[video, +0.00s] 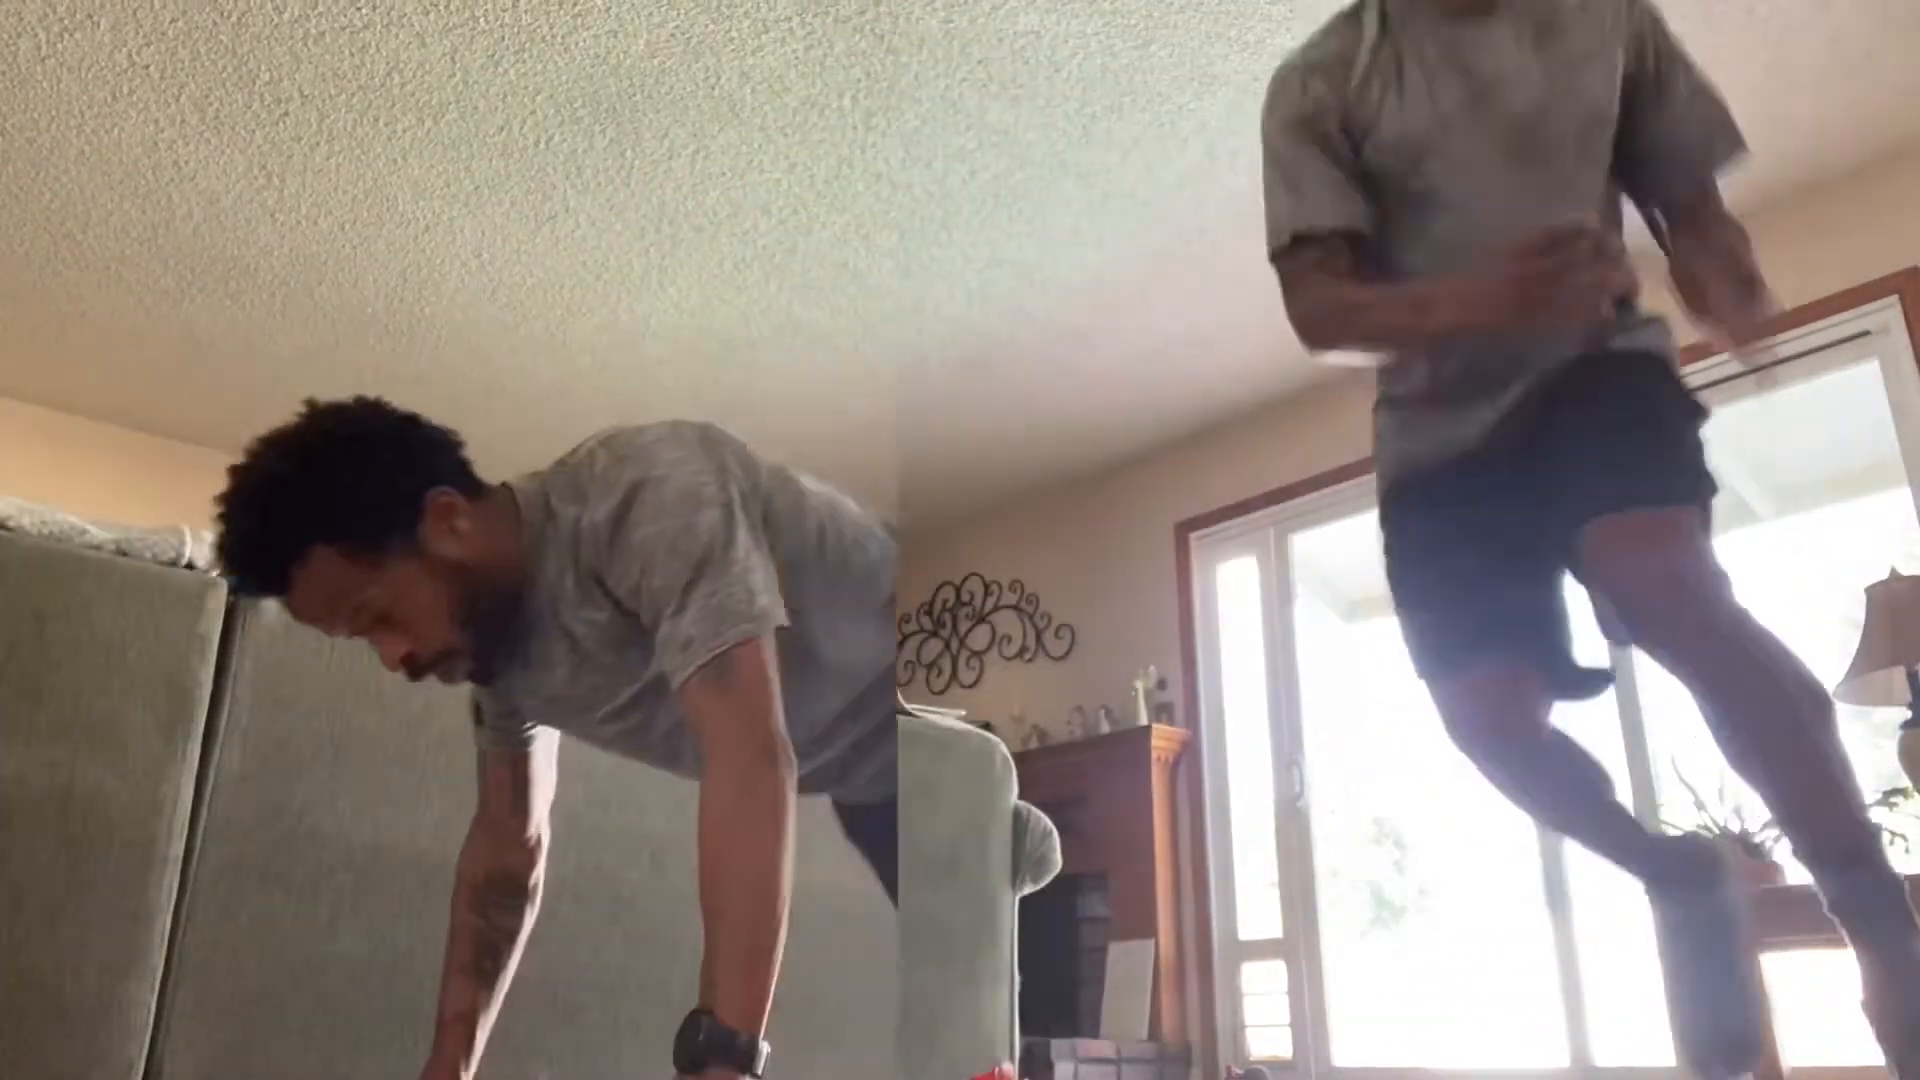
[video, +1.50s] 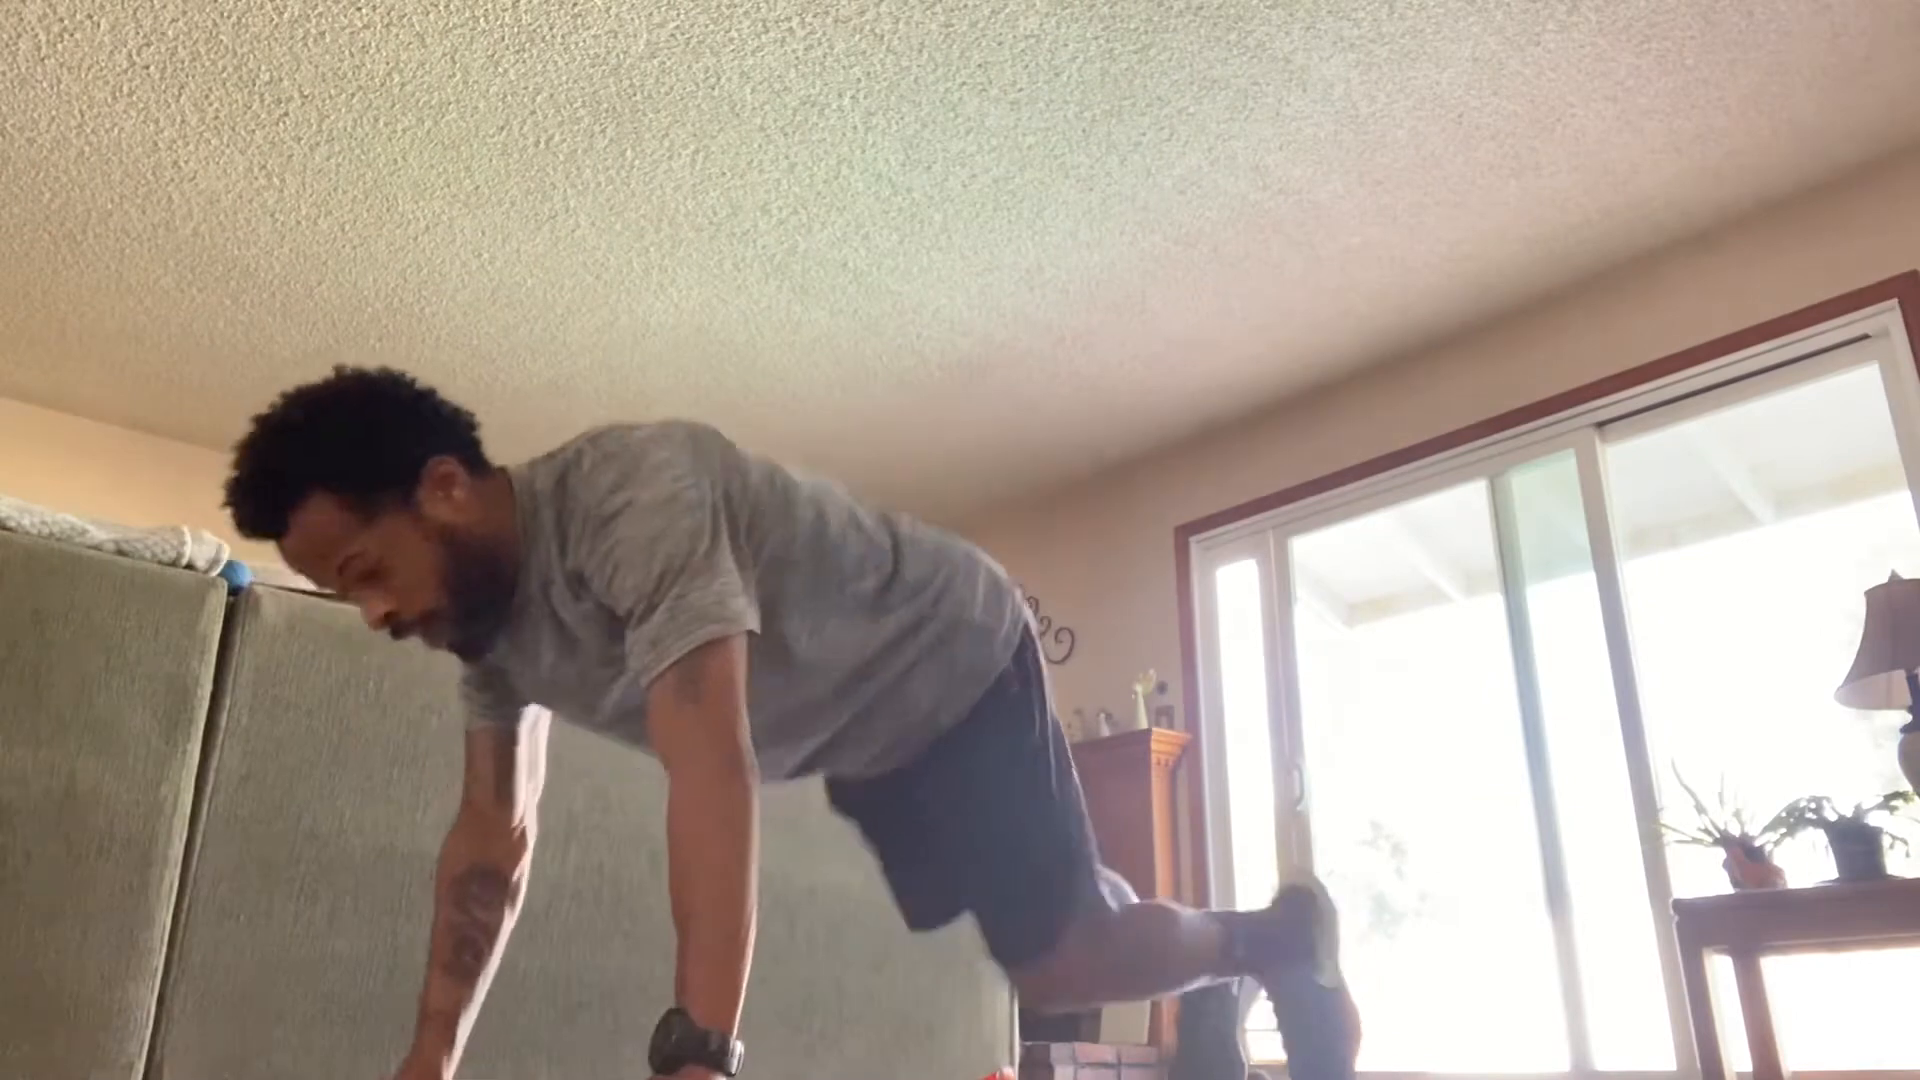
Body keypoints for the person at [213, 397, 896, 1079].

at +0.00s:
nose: (392, 659)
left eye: (382, 619)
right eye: (365, 639)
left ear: (449, 522)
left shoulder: (669, 489)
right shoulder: (503, 642)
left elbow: (751, 762)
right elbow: (508, 850)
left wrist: (729, 1048)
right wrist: (451, 1063)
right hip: (882, 792)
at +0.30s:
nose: (454, 612)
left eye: (445, 573)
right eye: (425, 592)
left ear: (525, 486)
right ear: (522, 496)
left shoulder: (721, 472)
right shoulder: (580, 575)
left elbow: (760, 764)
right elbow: (671, 727)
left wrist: (740, 1027)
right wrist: (694, 925)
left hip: (996, 575)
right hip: (902, 650)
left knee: (895, 897)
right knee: (1071, 854)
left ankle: (1147, 905)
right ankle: (1189, 937)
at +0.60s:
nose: (364, 636)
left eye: (356, 596)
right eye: (335, 614)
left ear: (434, 510)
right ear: (413, 536)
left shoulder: (649, 503)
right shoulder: (471, 640)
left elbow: (748, 770)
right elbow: (479, 869)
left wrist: (729, 1042)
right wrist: (426, 1068)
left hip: (963, 696)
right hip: (858, 783)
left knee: (1101, 933)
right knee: (1014, 936)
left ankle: (1306, 950)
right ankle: (1222, 965)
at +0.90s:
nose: (382, 629)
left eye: (380, 591)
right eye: (357, 611)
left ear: (452, 510)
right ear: (368, 587)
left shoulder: (637, 496)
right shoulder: (467, 634)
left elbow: (847, 670)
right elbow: (470, 858)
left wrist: (735, 892)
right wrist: (426, 1063)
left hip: (924, 594)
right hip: (788, 678)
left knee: (1069, 831)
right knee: (812, 913)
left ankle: (1296, 946)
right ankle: (1030, 897)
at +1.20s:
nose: (347, 621)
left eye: (346, 579)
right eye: (321, 601)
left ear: (425, 501)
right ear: (391, 536)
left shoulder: (624, 515)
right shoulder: (443, 629)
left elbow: (729, 736)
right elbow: (467, 854)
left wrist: (684, 1008)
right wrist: (426, 1061)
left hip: (921, 639)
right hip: (809, 735)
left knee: (1088, 846)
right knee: (965, 926)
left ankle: (1296, 949)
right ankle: (1124, 929)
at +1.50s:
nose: (366, 614)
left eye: (361, 573)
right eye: (338, 594)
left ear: (441, 488)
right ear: (419, 517)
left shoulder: (642, 491)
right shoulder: (485, 630)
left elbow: (714, 768)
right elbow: (488, 859)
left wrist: (701, 1040)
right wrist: (431, 1057)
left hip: (952, 655)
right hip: (850, 736)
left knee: (1056, 959)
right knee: (1007, 930)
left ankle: (1280, 937)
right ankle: (1168, 1003)